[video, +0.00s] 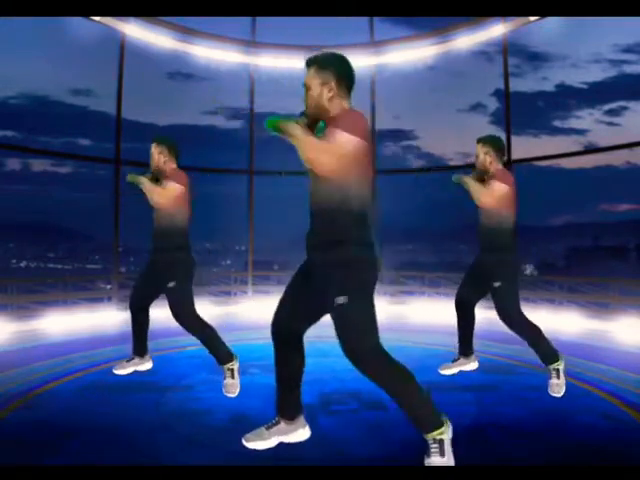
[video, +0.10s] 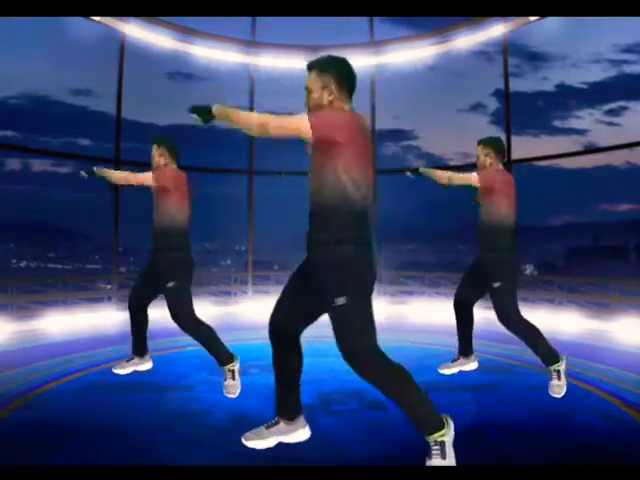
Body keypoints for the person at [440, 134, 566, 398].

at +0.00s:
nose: (479, 160)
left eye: (483, 155)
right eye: (478, 155)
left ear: (496, 157)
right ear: (482, 158)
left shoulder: (502, 183)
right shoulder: (489, 180)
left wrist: (468, 181)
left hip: (503, 259)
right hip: (486, 257)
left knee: (510, 315)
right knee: (464, 301)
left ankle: (554, 362)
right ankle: (466, 356)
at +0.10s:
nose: (479, 161)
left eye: (482, 156)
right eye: (478, 157)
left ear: (494, 157)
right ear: (492, 158)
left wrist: (423, 171)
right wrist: (427, 171)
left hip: (500, 260)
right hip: (489, 258)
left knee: (509, 317)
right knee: (462, 301)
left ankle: (555, 362)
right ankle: (465, 357)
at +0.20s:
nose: (475, 161)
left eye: (477, 156)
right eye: (475, 156)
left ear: (489, 156)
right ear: (490, 156)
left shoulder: (498, 176)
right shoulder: (495, 178)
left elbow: (465, 187)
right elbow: (482, 202)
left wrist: (445, 177)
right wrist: (461, 185)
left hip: (501, 258)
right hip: (489, 257)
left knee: (513, 315)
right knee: (463, 302)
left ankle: (553, 364)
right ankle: (466, 357)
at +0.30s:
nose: (473, 161)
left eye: (476, 156)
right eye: (473, 157)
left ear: (490, 155)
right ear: (484, 157)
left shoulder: (509, 178)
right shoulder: (483, 182)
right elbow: (475, 208)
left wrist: (479, 185)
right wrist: (473, 189)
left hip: (508, 259)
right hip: (487, 258)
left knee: (521, 314)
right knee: (466, 303)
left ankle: (551, 367)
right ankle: (466, 357)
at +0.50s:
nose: (482, 160)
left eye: (486, 155)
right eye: (481, 156)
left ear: (501, 155)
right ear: (488, 158)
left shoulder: (524, 178)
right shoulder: (489, 186)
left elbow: (528, 209)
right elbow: (476, 215)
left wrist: (502, 183)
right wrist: (468, 194)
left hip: (521, 259)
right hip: (495, 258)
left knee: (533, 316)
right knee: (472, 304)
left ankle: (553, 370)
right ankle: (467, 357)